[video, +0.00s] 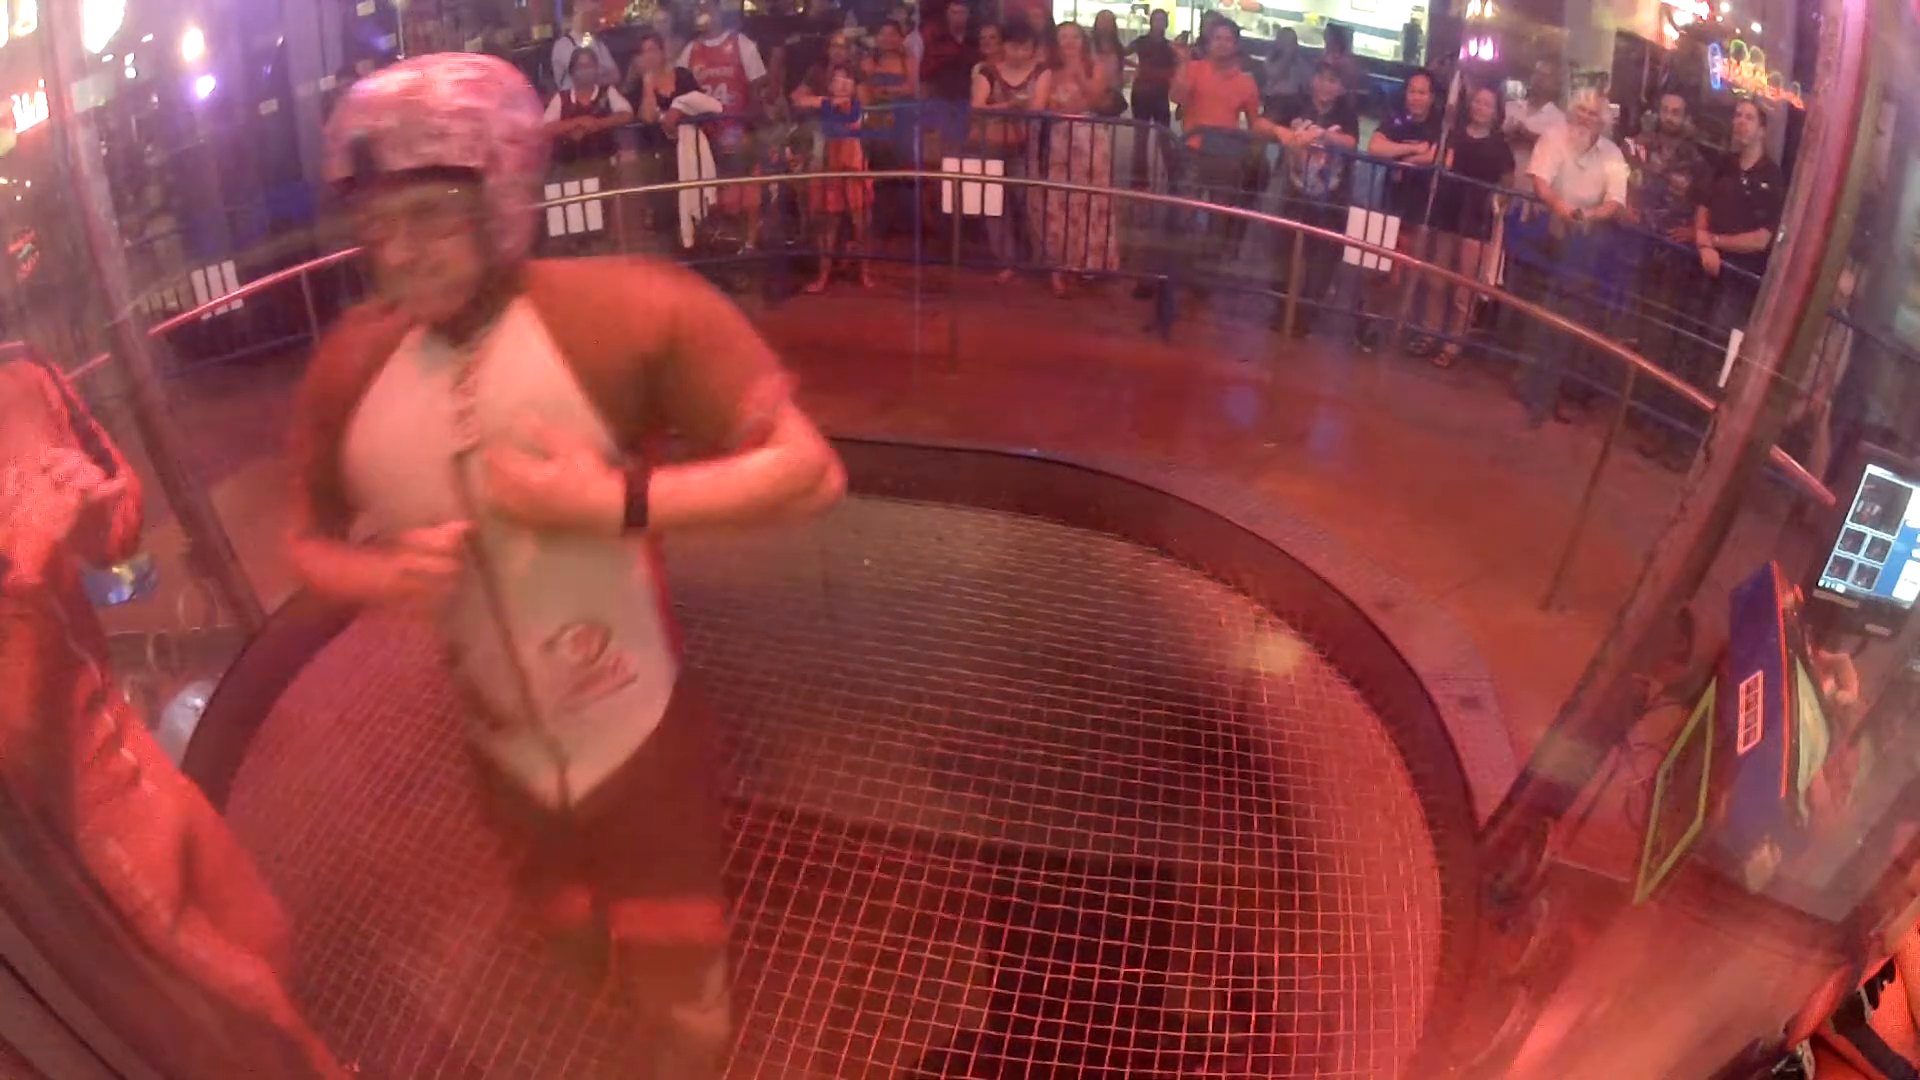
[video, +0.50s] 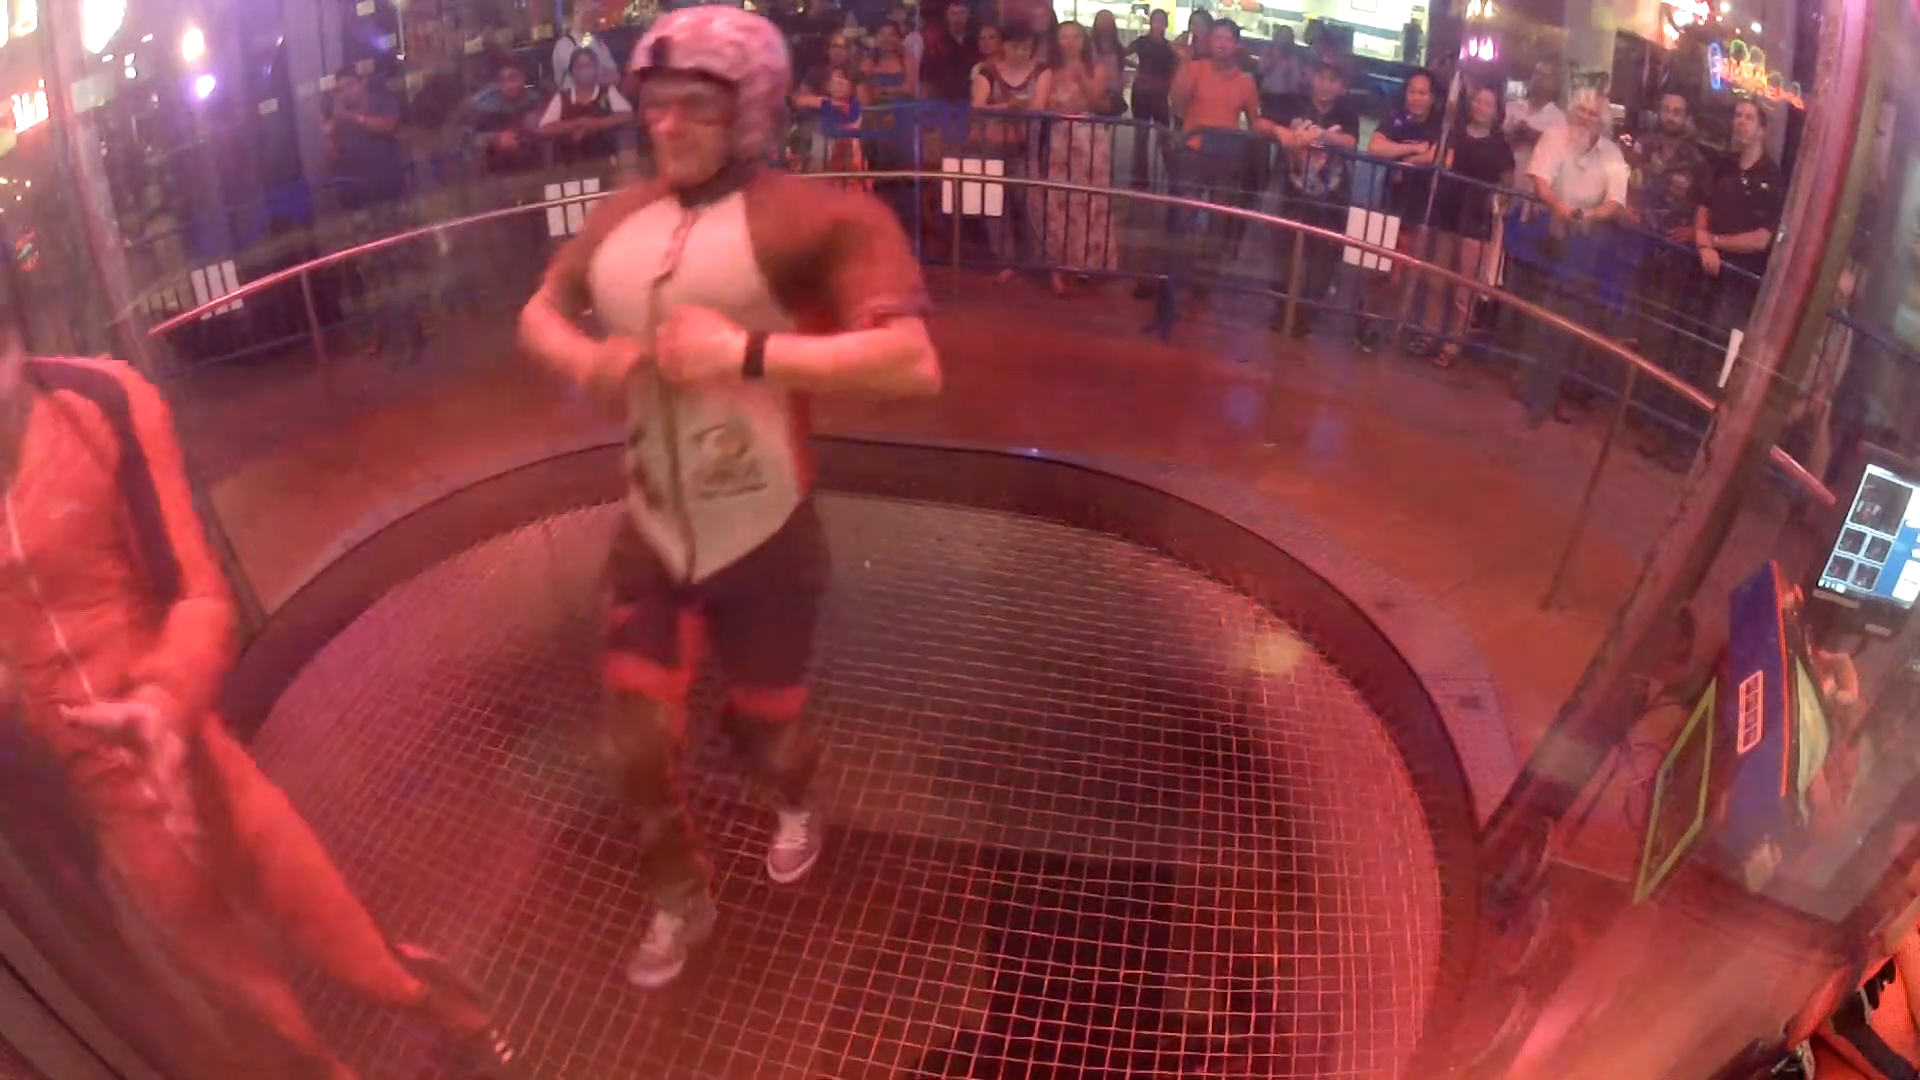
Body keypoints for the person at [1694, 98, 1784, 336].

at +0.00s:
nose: (1740, 122)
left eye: (1749, 118)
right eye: (1737, 115)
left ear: (1762, 130)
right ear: (1732, 122)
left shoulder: (1773, 176)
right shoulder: (1721, 165)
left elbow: (1762, 239)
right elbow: (1702, 209)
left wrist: (1712, 240)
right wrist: (1705, 246)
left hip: (1741, 273)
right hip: (1705, 262)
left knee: (1719, 344)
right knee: (1687, 337)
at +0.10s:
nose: (1740, 122)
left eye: (1749, 117)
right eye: (1737, 115)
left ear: (1762, 129)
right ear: (1732, 122)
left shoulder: (1773, 176)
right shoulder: (1721, 164)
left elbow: (1762, 239)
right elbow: (1703, 208)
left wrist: (1712, 240)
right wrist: (1705, 246)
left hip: (1741, 273)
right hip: (1705, 262)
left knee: (1719, 345)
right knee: (1687, 337)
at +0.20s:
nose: (1740, 122)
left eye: (1749, 118)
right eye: (1738, 115)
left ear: (1762, 130)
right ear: (1732, 122)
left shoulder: (1773, 176)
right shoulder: (1721, 165)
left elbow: (1762, 239)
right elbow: (1702, 209)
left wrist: (1712, 240)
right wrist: (1705, 246)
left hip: (1741, 273)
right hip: (1705, 262)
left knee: (1719, 344)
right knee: (1687, 337)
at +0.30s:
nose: (1740, 122)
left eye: (1749, 117)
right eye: (1737, 115)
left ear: (1762, 130)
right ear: (1732, 122)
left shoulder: (1773, 176)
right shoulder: (1721, 165)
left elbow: (1762, 239)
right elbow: (1703, 209)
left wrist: (1711, 240)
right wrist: (1705, 246)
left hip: (1740, 274)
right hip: (1704, 264)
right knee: (1687, 338)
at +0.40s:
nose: (1740, 122)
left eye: (1749, 118)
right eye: (1737, 115)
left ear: (1762, 129)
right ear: (1732, 122)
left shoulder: (1773, 176)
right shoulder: (1720, 165)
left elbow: (1762, 239)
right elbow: (1702, 209)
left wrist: (1711, 240)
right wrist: (1705, 247)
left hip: (1740, 274)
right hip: (1704, 264)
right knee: (1686, 339)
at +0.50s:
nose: (1740, 122)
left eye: (1749, 118)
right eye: (1737, 115)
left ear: (1762, 130)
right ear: (1732, 122)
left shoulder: (1773, 176)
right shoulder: (1720, 165)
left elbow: (1762, 239)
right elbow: (1702, 209)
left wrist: (1711, 240)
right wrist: (1705, 246)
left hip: (1740, 274)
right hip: (1704, 264)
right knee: (1686, 338)